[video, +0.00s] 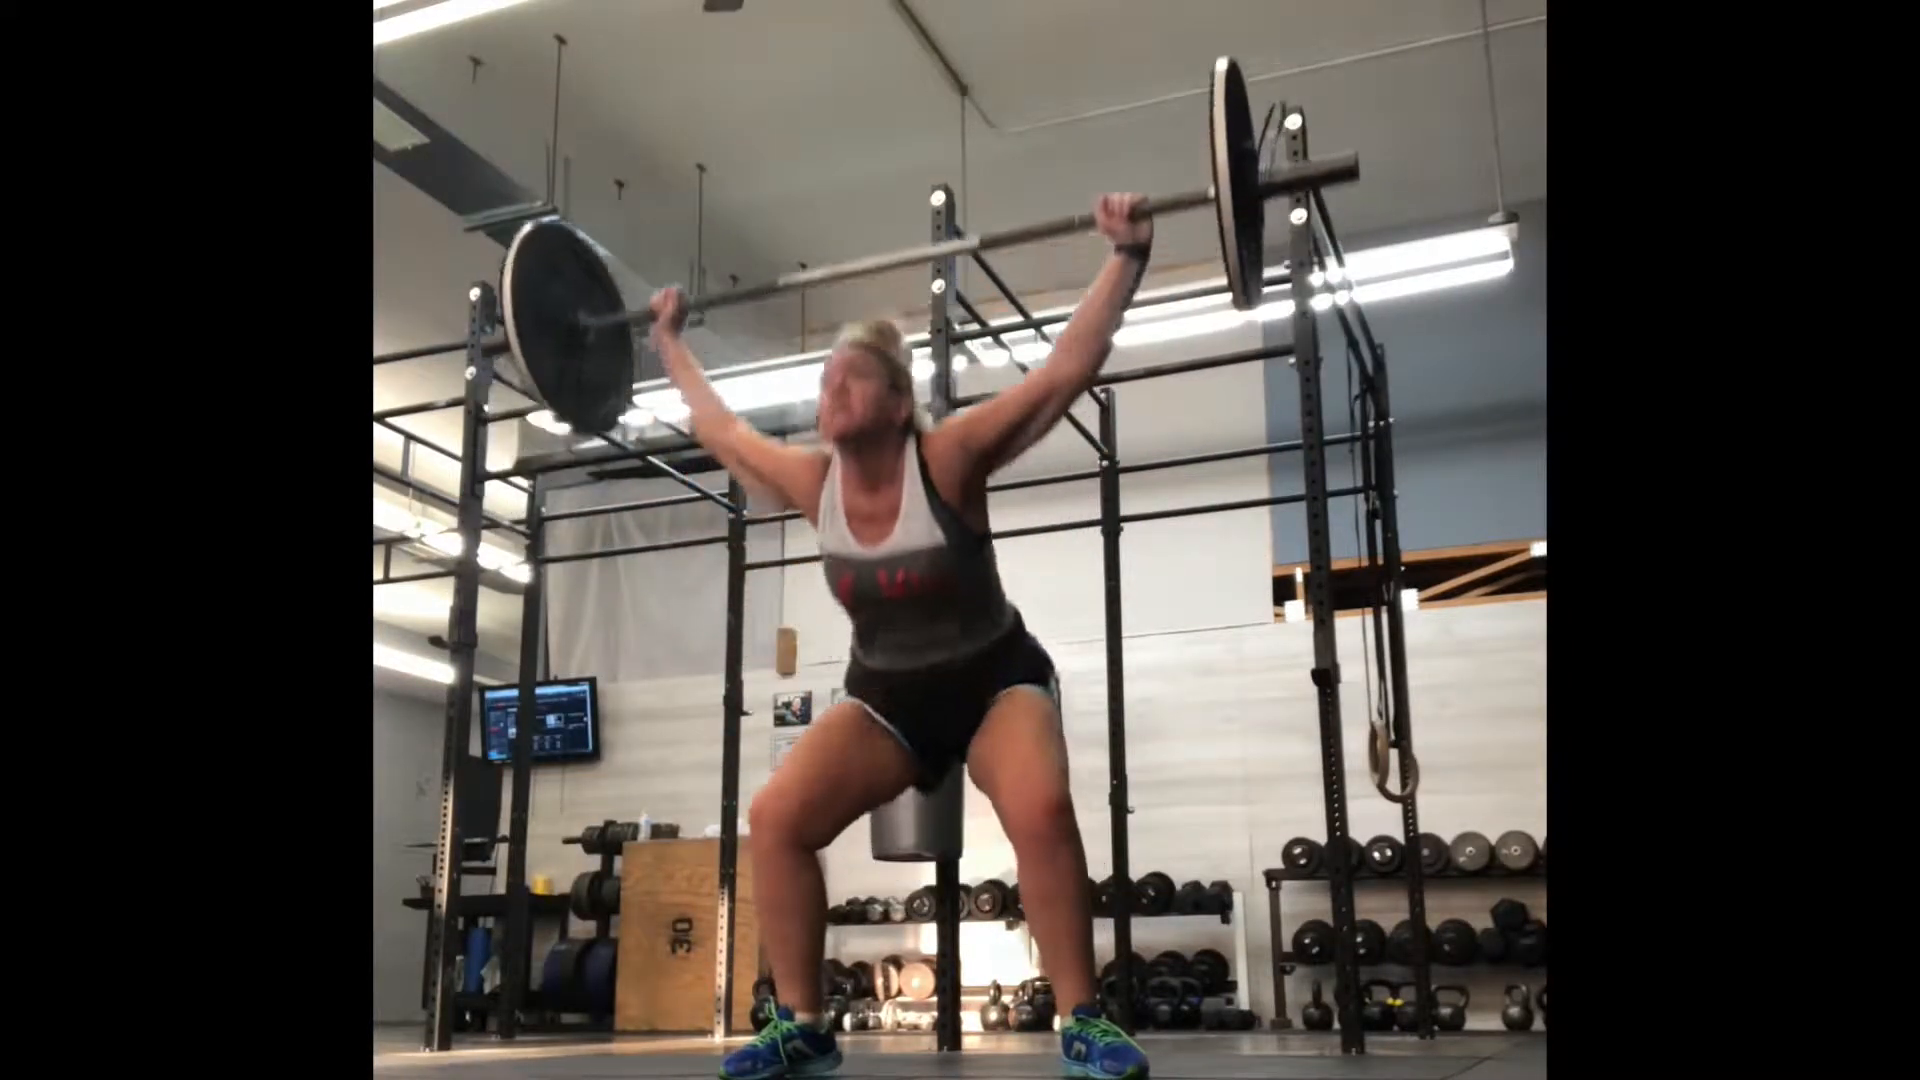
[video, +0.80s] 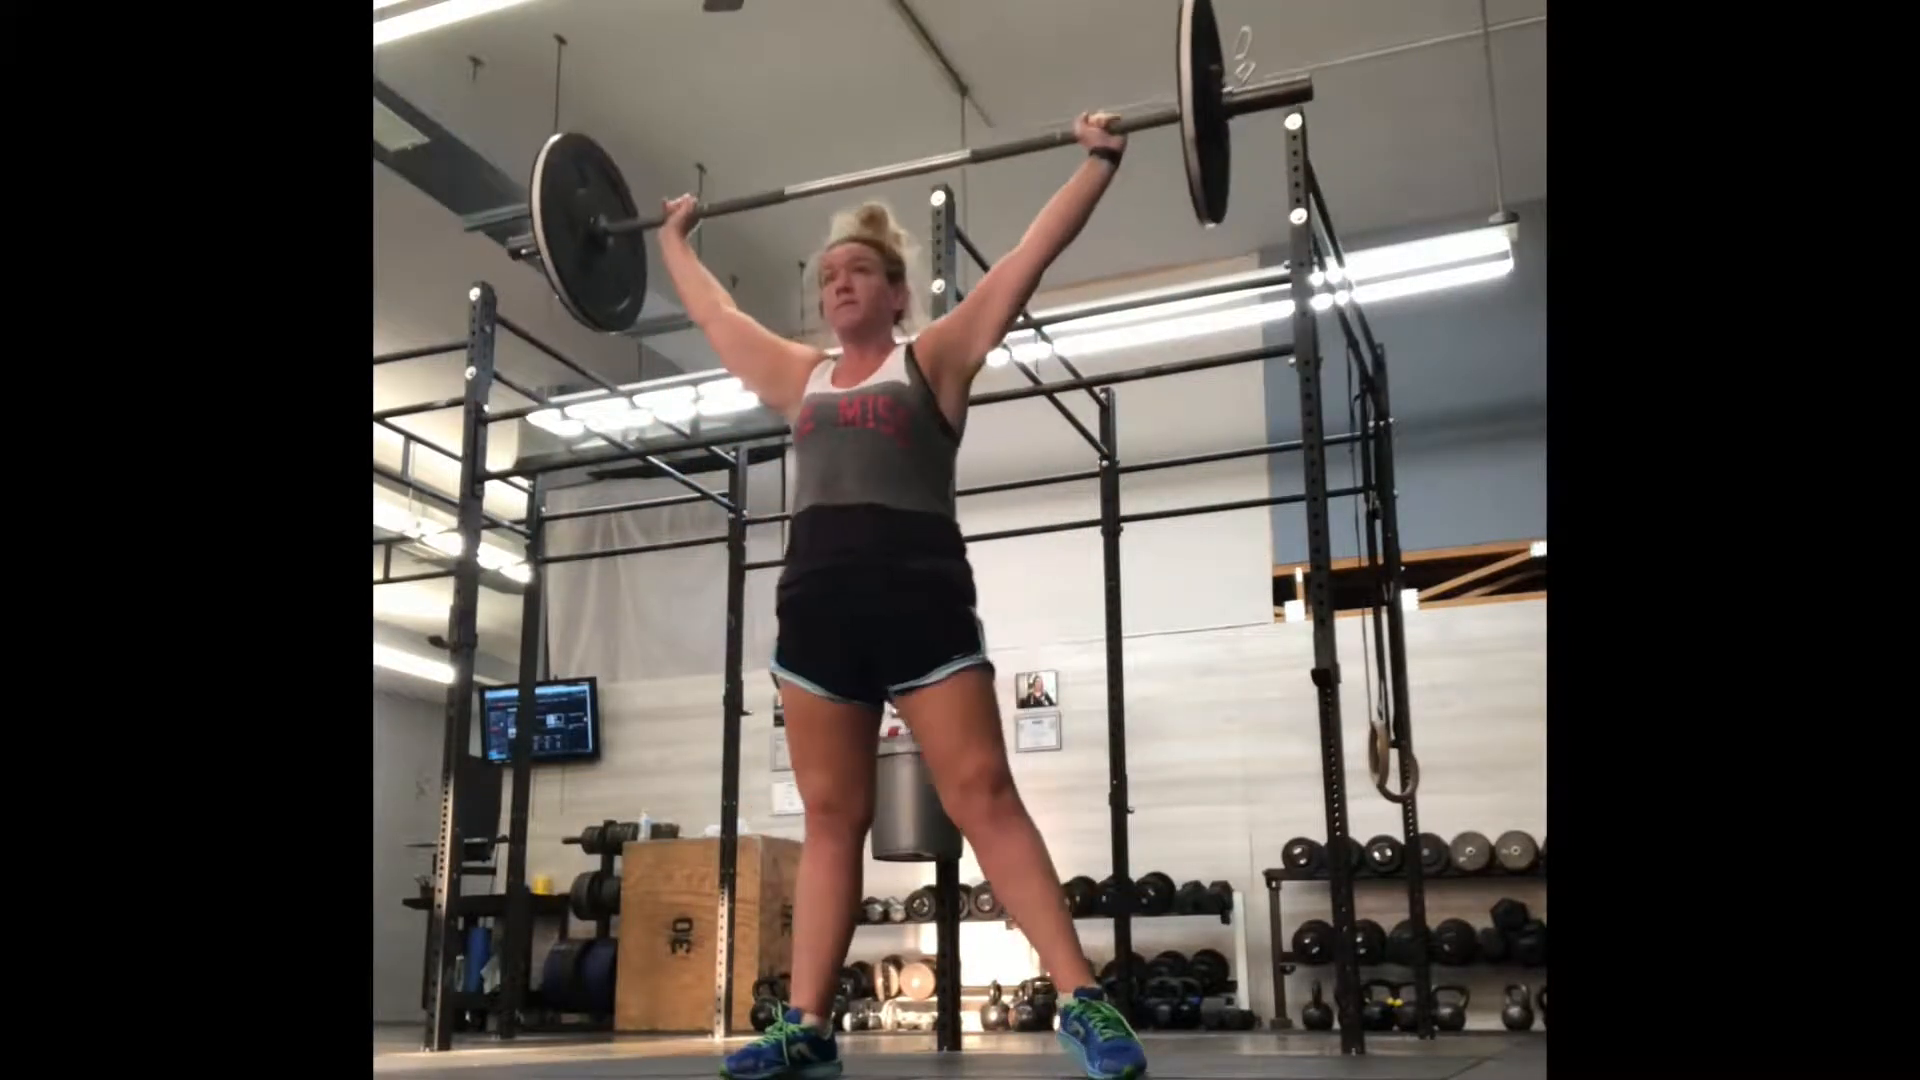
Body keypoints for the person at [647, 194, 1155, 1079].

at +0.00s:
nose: (834, 393)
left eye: (855, 379)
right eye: (828, 380)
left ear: (899, 401)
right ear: (822, 399)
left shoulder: (949, 456)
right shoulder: (812, 481)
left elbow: (1062, 375)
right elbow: (722, 434)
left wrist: (1125, 256)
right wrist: (668, 343)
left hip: (994, 683)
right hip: (884, 699)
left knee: (1045, 816)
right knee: (775, 819)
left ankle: (1078, 1018)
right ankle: (800, 1021)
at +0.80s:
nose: (841, 285)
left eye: (857, 273)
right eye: (829, 276)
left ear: (896, 288)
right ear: (818, 294)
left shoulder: (936, 356)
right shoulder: (800, 374)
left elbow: (1025, 261)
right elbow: (716, 315)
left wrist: (1098, 163)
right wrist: (671, 236)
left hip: (924, 602)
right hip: (817, 613)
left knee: (986, 795)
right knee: (828, 818)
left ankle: (1079, 993)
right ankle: (806, 1025)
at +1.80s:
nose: (890, 303)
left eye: (908, 291)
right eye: (886, 294)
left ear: (950, 309)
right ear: (883, 317)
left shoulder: (987, 381)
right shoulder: (859, 408)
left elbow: (1095, 403)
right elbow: (773, 456)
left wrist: (1097, 454)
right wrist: (696, 488)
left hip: (974, 611)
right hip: (876, 617)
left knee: (999, 796)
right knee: (846, 800)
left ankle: (1042, 998)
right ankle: (826, 997)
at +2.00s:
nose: (899, 344)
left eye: (915, 330)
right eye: (893, 334)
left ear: (956, 339)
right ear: (891, 349)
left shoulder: (994, 402)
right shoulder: (866, 425)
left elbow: (1102, 369)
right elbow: (761, 424)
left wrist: (1106, 264)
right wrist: (700, 333)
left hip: (977, 638)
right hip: (875, 644)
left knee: (1025, 813)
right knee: (808, 813)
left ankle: (1079, 1005)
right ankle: (815, 1014)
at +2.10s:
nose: (882, 388)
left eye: (900, 382)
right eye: (878, 379)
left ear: (935, 408)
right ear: (866, 402)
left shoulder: (972, 461)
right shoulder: (846, 478)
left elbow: (1065, 372)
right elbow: (762, 429)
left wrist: (1109, 253)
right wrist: (712, 337)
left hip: (987, 695)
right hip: (881, 704)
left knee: (1051, 831)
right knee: (789, 838)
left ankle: (1078, 1017)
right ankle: (819, 1023)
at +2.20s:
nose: (859, 423)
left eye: (878, 414)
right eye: (852, 418)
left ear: (920, 436)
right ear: (849, 443)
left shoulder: (961, 485)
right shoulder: (835, 509)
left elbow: (1050, 407)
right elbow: (756, 466)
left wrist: (1115, 301)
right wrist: (719, 390)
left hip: (985, 709)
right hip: (878, 720)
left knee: (1053, 828)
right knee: (790, 839)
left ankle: (1078, 1018)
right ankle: (819, 1023)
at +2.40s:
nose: (844, 465)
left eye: (864, 455)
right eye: (839, 456)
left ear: (907, 475)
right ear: (832, 474)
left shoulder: (951, 525)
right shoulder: (824, 544)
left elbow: (1048, 448)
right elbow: (755, 499)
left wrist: (1120, 342)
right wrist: (721, 423)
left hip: (991, 734)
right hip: (889, 747)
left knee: (1054, 830)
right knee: (789, 838)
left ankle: (1079, 1019)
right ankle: (819, 1026)